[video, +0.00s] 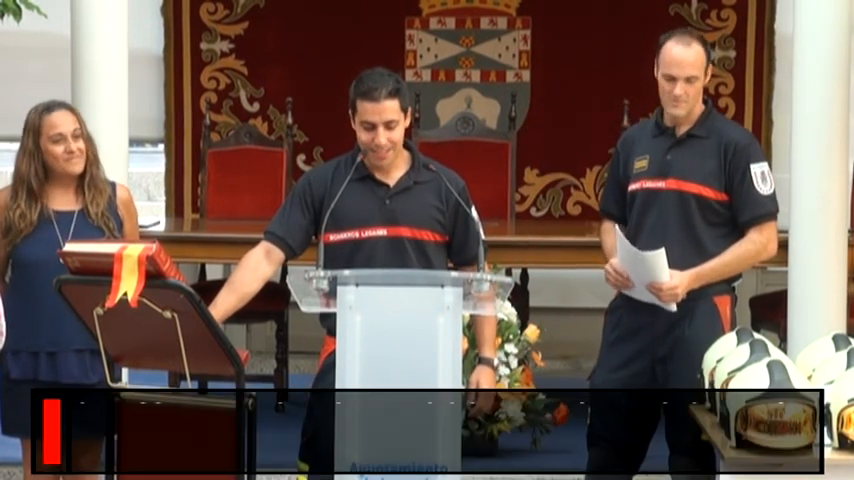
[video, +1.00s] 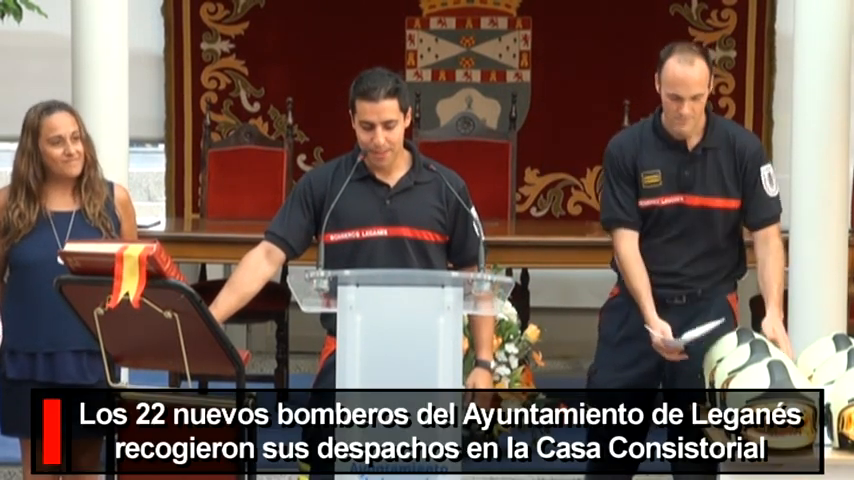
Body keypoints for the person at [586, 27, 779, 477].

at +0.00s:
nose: (679, 91)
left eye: (690, 80)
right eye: (670, 79)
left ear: (706, 79)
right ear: (656, 76)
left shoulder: (737, 145)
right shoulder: (632, 141)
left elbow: (764, 242)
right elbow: (611, 218)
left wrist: (691, 280)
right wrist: (615, 259)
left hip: (699, 335)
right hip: (630, 330)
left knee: (693, 467)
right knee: (607, 465)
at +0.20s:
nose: (684, 93)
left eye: (694, 83)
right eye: (675, 81)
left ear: (707, 80)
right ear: (657, 77)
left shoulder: (737, 145)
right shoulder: (630, 142)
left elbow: (765, 241)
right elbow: (609, 219)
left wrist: (692, 280)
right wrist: (615, 260)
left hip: (698, 328)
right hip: (631, 322)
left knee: (693, 462)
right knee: (607, 458)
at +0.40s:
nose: (684, 94)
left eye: (694, 83)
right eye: (674, 81)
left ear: (708, 81)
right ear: (657, 76)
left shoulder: (738, 145)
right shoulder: (629, 141)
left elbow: (766, 241)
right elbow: (607, 218)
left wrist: (694, 280)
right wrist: (616, 261)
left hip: (700, 323)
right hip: (632, 316)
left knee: (693, 456)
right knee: (608, 451)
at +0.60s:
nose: (685, 95)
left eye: (695, 84)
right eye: (676, 82)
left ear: (708, 81)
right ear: (658, 76)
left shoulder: (738, 145)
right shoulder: (628, 141)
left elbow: (772, 234)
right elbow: (607, 219)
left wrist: (710, 278)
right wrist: (617, 269)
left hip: (700, 325)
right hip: (631, 320)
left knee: (694, 457)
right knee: (608, 451)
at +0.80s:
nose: (687, 99)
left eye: (696, 88)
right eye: (677, 87)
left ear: (709, 83)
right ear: (659, 80)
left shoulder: (741, 145)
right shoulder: (627, 142)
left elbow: (772, 229)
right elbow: (608, 223)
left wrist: (758, 287)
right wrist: (625, 287)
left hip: (706, 315)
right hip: (634, 311)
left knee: (696, 448)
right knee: (609, 442)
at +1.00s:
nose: (685, 109)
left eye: (695, 97)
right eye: (675, 98)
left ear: (710, 90)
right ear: (658, 88)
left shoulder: (743, 149)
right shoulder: (627, 149)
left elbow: (767, 236)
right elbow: (625, 243)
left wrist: (773, 313)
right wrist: (652, 318)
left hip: (708, 313)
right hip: (634, 311)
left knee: (699, 452)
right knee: (609, 447)